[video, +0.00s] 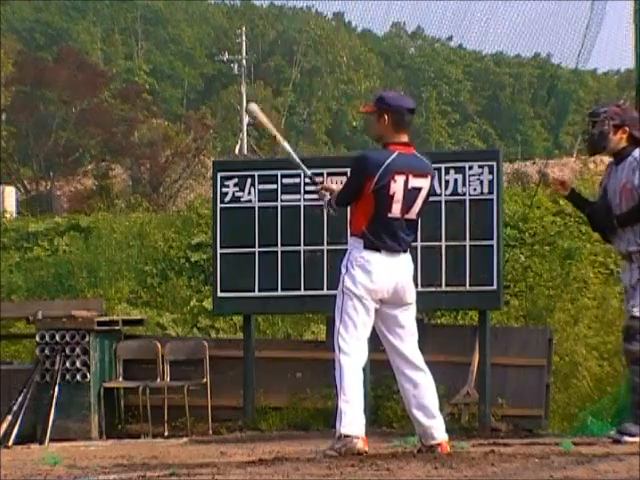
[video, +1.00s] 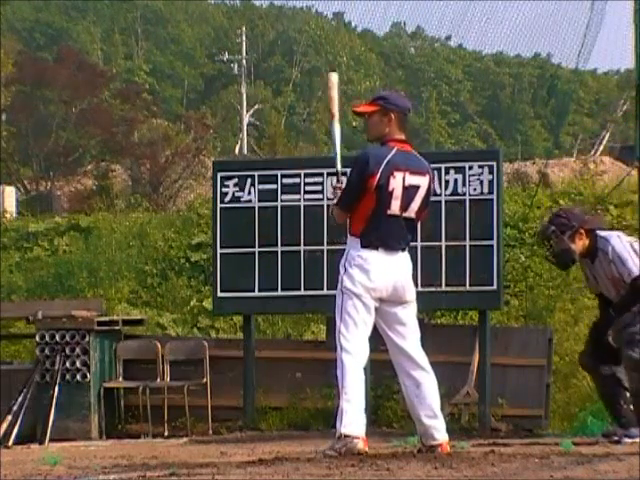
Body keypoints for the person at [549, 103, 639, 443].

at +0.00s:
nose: (597, 138)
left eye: (603, 131)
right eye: (596, 131)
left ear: (624, 133)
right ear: (618, 135)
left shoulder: (636, 163)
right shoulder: (614, 169)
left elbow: (639, 206)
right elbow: (601, 217)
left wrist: (616, 221)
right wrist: (570, 194)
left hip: (638, 261)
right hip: (629, 262)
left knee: (634, 337)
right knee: (631, 338)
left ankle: (634, 419)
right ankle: (631, 418)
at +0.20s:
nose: (590, 143)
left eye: (595, 137)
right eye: (589, 137)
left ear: (616, 137)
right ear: (609, 139)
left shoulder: (635, 164)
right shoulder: (609, 172)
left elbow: (638, 216)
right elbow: (601, 215)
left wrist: (619, 229)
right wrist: (568, 218)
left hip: (638, 264)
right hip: (632, 263)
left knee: (635, 343)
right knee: (633, 342)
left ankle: (633, 419)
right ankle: (631, 418)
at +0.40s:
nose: (580, 161)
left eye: (586, 154)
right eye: (579, 155)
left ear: (607, 152)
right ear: (603, 153)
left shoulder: (632, 177)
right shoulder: (605, 184)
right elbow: (611, 218)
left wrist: (612, 251)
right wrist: (584, 241)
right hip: (637, 271)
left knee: (631, 346)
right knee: (623, 345)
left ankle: (635, 422)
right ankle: (632, 420)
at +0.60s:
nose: (570, 186)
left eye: (575, 178)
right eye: (569, 179)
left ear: (596, 174)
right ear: (595, 175)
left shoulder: (629, 194)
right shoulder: (601, 198)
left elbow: (638, 244)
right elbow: (617, 239)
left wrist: (609, 272)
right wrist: (602, 275)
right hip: (637, 280)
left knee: (627, 346)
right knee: (619, 345)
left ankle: (632, 423)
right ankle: (626, 421)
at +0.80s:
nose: (563, 219)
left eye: (567, 210)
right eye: (559, 214)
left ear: (586, 203)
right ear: (583, 205)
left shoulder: (620, 216)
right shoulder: (591, 230)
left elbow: (638, 258)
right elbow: (613, 268)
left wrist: (613, 292)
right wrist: (606, 298)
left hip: (638, 291)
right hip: (633, 292)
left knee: (622, 349)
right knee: (611, 349)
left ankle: (631, 424)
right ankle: (627, 422)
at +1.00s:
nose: (555, 251)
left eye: (560, 242)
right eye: (553, 244)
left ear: (581, 235)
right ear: (579, 237)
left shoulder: (613, 244)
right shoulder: (586, 258)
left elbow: (637, 284)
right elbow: (606, 302)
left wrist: (616, 322)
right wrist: (599, 337)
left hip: (636, 308)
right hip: (621, 313)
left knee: (628, 339)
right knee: (594, 358)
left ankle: (633, 425)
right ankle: (627, 424)